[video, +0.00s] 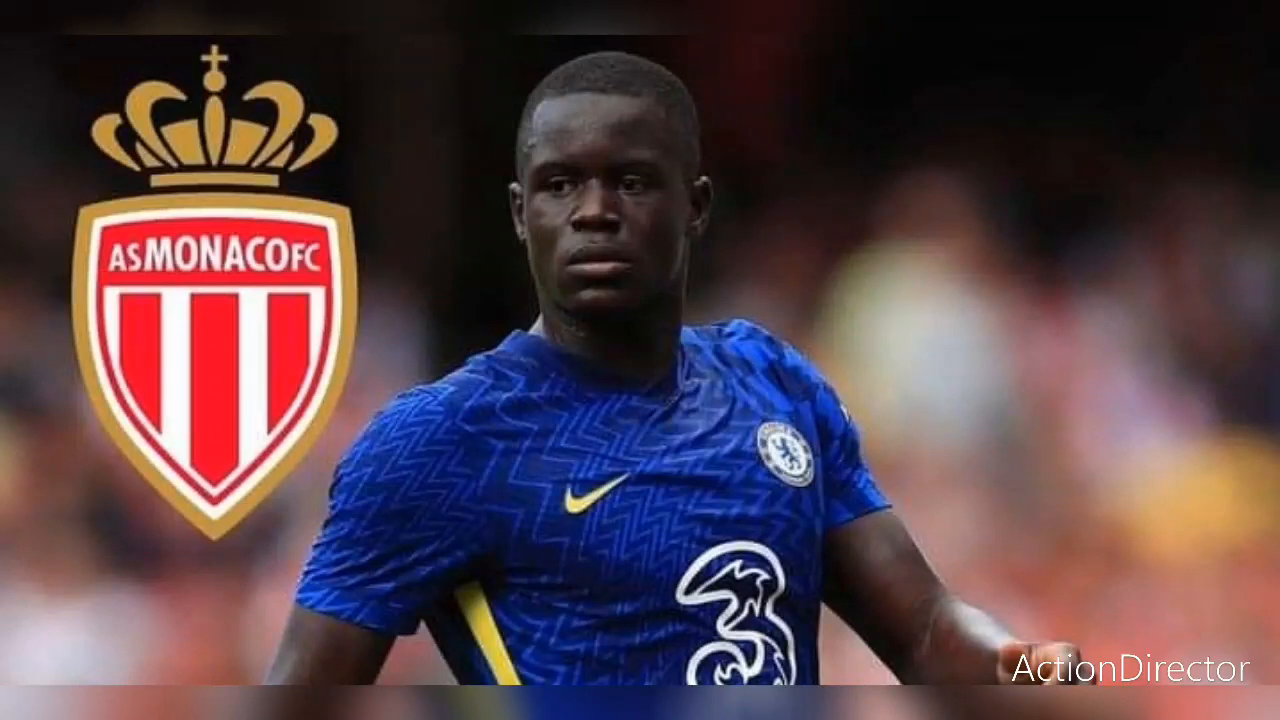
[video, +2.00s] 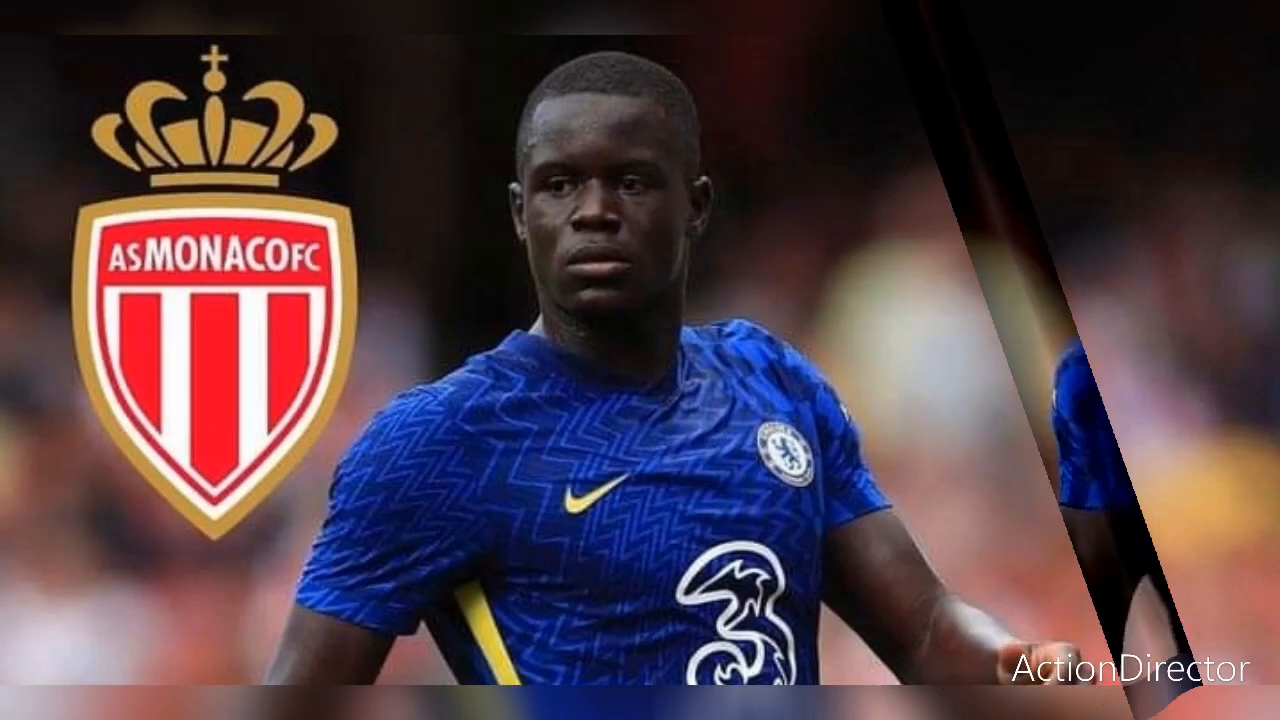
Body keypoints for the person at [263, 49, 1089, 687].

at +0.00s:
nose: (595, 209)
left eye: (633, 178)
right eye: (560, 181)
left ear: (697, 207)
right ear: (523, 215)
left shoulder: (770, 385)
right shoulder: (433, 445)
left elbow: (920, 626)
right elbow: (301, 691)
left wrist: (1018, 675)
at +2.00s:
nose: (595, 209)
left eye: (633, 178)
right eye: (560, 181)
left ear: (697, 209)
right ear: (522, 216)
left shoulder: (771, 385)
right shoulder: (432, 444)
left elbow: (921, 625)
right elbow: (301, 690)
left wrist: (1023, 673)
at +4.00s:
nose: (599, 209)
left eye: (635, 176)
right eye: (561, 180)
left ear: (698, 207)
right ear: (521, 212)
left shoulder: (786, 406)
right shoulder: (433, 444)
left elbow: (922, 626)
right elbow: (301, 689)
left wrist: (1018, 672)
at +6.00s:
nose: (596, 210)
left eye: (633, 178)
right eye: (560, 181)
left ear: (697, 207)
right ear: (522, 215)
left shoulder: (770, 385)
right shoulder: (433, 444)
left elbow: (921, 625)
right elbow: (301, 691)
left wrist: (1020, 674)